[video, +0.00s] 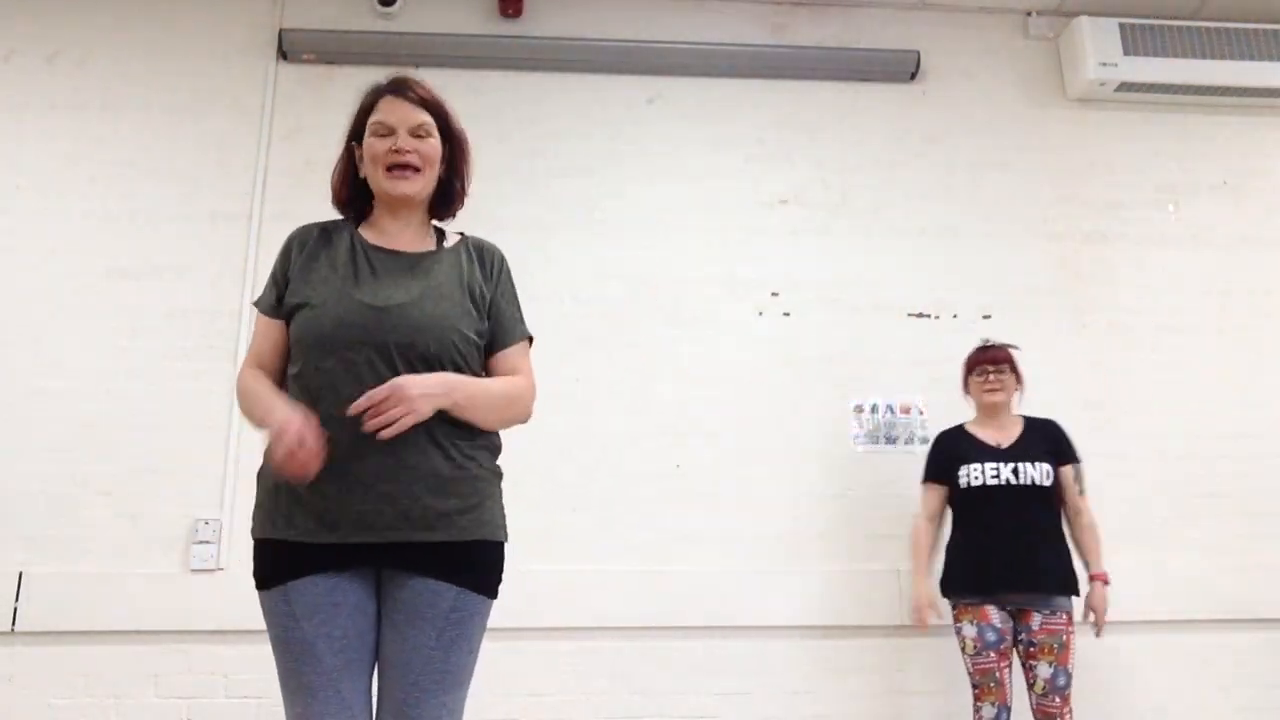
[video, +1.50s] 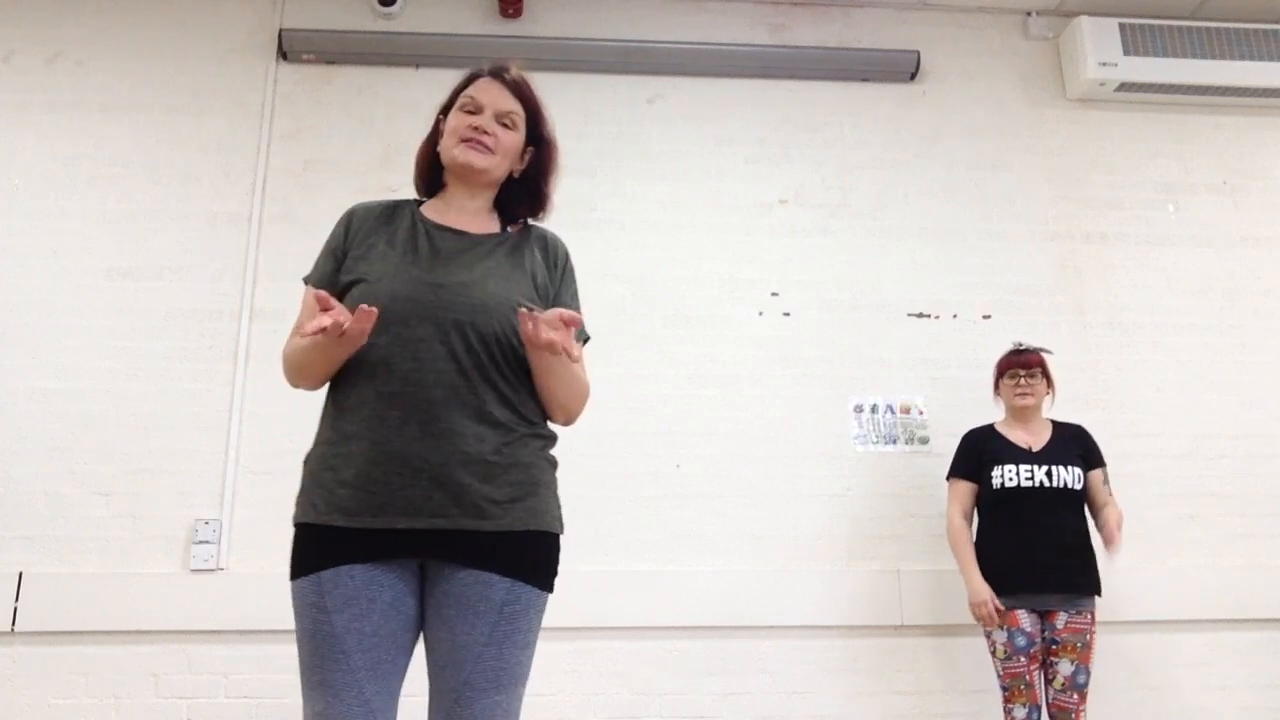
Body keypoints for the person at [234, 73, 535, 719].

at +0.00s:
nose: (403, 144)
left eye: (420, 132)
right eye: (383, 132)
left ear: (446, 156)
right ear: (359, 156)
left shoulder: (480, 264)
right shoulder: (308, 250)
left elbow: (519, 396)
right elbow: (254, 375)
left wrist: (444, 388)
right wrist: (284, 415)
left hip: (448, 534)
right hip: (310, 531)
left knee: (423, 714)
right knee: (324, 713)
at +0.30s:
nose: (402, 134)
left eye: (419, 124)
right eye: (381, 124)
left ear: (439, 150)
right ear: (351, 149)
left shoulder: (471, 262)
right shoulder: (295, 239)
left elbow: (502, 408)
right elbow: (234, 372)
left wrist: (468, 385)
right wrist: (311, 366)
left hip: (442, 522)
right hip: (304, 521)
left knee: (427, 713)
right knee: (319, 713)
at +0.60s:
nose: (418, 131)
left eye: (434, 121)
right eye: (397, 121)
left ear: (455, 147)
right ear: (367, 148)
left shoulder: (489, 257)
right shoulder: (312, 235)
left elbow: (522, 409)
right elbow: (251, 363)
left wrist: (514, 361)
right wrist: (290, 373)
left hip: (462, 529)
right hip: (321, 528)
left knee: (459, 713)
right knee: (332, 714)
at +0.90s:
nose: (466, 125)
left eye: (482, 117)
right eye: (445, 116)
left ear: (504, 146)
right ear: (416, 146)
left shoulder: (541, 254)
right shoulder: (363, 233)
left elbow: (574, 408)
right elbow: (306, 366)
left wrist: (559, 377)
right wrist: (350, 373)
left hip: (506, 521)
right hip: (363, 519)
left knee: (486, 713)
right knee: (359, 712)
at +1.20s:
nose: (498, 123)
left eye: (521, 122)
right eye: (486, 110)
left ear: (538, 161)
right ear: (456, 132)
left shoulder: (561, 256)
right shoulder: (382, 230)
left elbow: (597, 404)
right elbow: (321, 370)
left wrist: (562, 322)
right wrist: (377, 320)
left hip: (521, 523)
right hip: (380, 516)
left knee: (497, 713)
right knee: (357, 712)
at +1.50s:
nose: (483, 124)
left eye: (506, 121)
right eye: (469, 109)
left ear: (523, 156)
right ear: (440, 129)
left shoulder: (543, 254)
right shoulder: (364, 226)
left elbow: (567, 408)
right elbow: (299, 370)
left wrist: (549, 352)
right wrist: (331, 344)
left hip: (499, 524)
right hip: (352, 516)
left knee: (478, 714)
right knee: (344, 712)